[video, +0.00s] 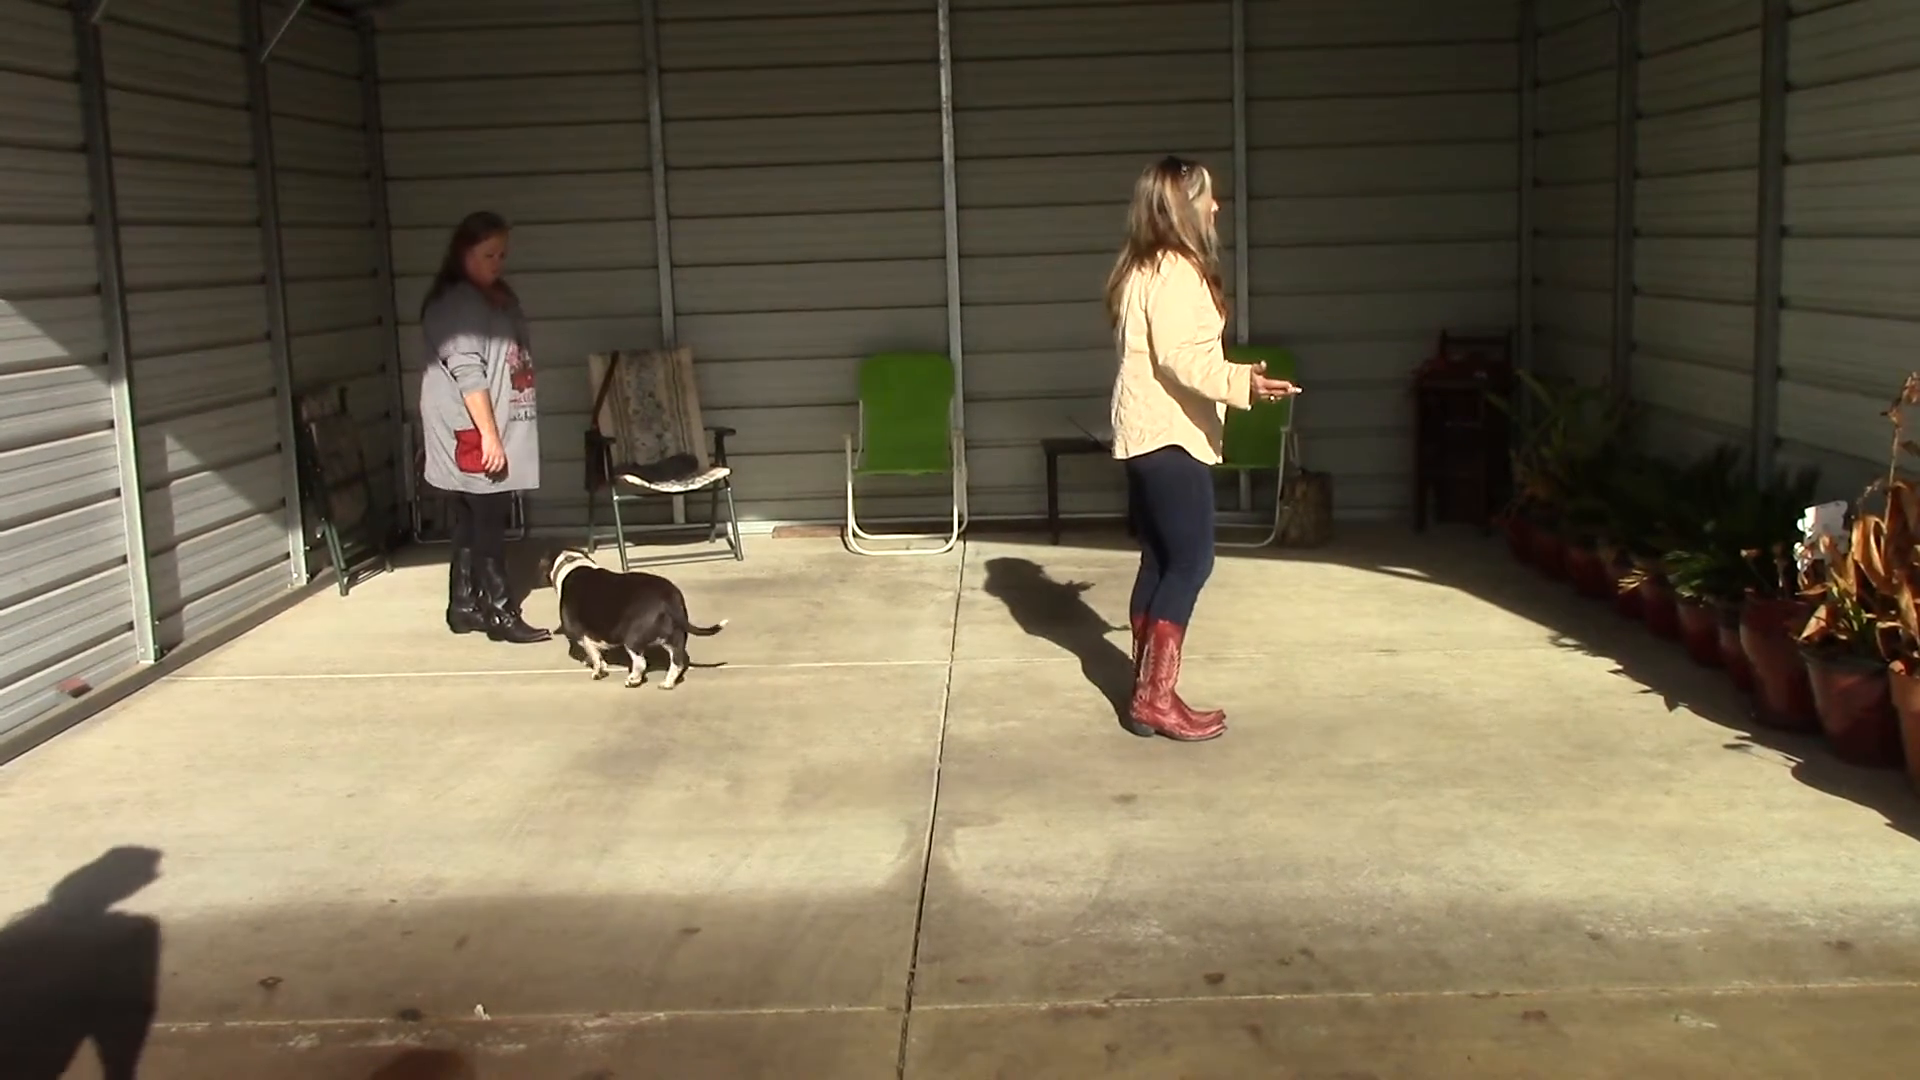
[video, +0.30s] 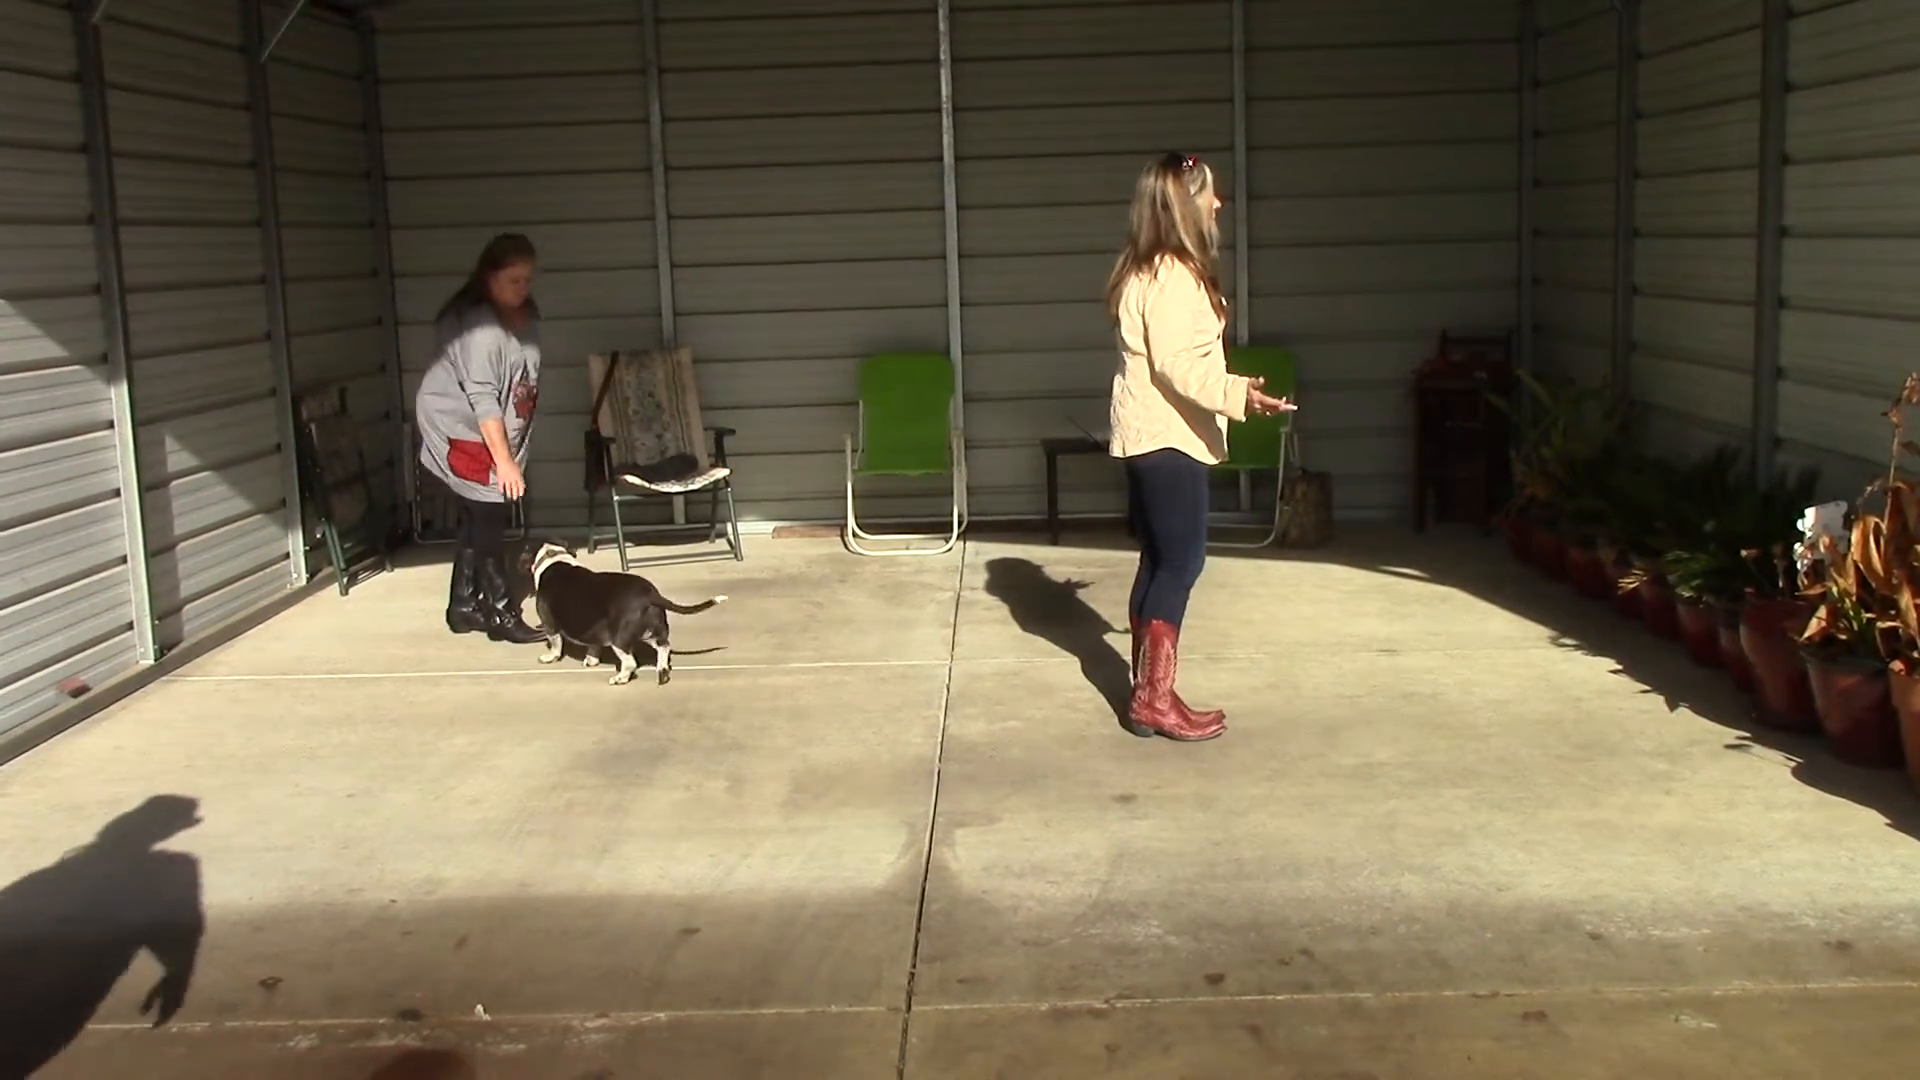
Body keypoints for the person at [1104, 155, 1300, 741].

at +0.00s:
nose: (1216, 209)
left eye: (1214, 198)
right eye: (1209, 199)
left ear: (1165, 206)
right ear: (1184, 206)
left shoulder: (1144, 271)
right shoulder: (1175, 272)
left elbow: (1167, 358)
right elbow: (1181, 356)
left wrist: (1237, 376)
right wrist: (1243, 382)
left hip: (1142, 439)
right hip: (1170, 440)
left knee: (1160, 558)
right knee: (1191, 559)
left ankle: (1150, 691)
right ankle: (1156, 698)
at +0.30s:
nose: (1219, 204)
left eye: (1216, 194)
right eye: (1211, 194)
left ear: (1169, 203)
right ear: (1186, 204)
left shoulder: (1148, 272)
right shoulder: (1171, 274)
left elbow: (1174, 364)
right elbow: (1180, 364)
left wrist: (1233, 386)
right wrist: (1237, 396)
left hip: (1148, 438)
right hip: (1169, 439)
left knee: (1159, 559)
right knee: (1180, 560)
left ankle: (1149, 693)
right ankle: (1155, 699)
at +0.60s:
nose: (1219, 206)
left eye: (1216, 196)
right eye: (1211, 197)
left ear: (1168, 204)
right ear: (1186, 205)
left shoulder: (1148, 272)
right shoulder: (1170, 276)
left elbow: (1175, 362)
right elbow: (1181, 365)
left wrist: (1231, 386)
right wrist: (1237, 398)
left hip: (1149, 437)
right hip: (1170, 439)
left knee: (1160, 559)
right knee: (1181, 561)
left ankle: (1149, 692)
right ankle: (1155, 698)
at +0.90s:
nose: (1218, 205)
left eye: (1215, 195)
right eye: (1209, 196)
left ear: (1168, 203)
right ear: (1184, 204)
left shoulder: (1147, 271)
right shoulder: (1172, 274)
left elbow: (1180, 362)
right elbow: (1181, 362)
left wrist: (1237, 399)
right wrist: (1234, 407)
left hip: (1148, 437)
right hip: (1168, 438)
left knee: (1159, 559)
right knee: (1182, 559)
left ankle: (1149, 692)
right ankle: (1155, 698)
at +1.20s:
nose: (1216, 210)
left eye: (1214, 198)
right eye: (1208, 199)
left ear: (1159, 206)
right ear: (1184, 206)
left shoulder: (1148, 273)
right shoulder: (1168, 280)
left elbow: (1167, 378)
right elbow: (1172, 381)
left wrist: (1202, 450)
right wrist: (1201, 458)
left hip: (1145, 444)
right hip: (1163, 447)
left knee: (1158, 558)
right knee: (1181, 560)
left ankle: (1148, 691)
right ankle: (1155, 696)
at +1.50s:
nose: (1208, 207)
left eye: (1207, 196)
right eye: (1197, 197)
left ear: (1174, 208)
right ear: (1166, 206)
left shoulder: (1165, 275)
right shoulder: (1156, 279)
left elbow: (1168, 380)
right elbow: (1163, 383)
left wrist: (1200, 455)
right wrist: (1193, 462)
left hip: (1161, 444)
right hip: (1158, 446)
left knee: (1164, 558)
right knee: (1173, 558)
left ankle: (1154, 693)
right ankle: (1153, 696)